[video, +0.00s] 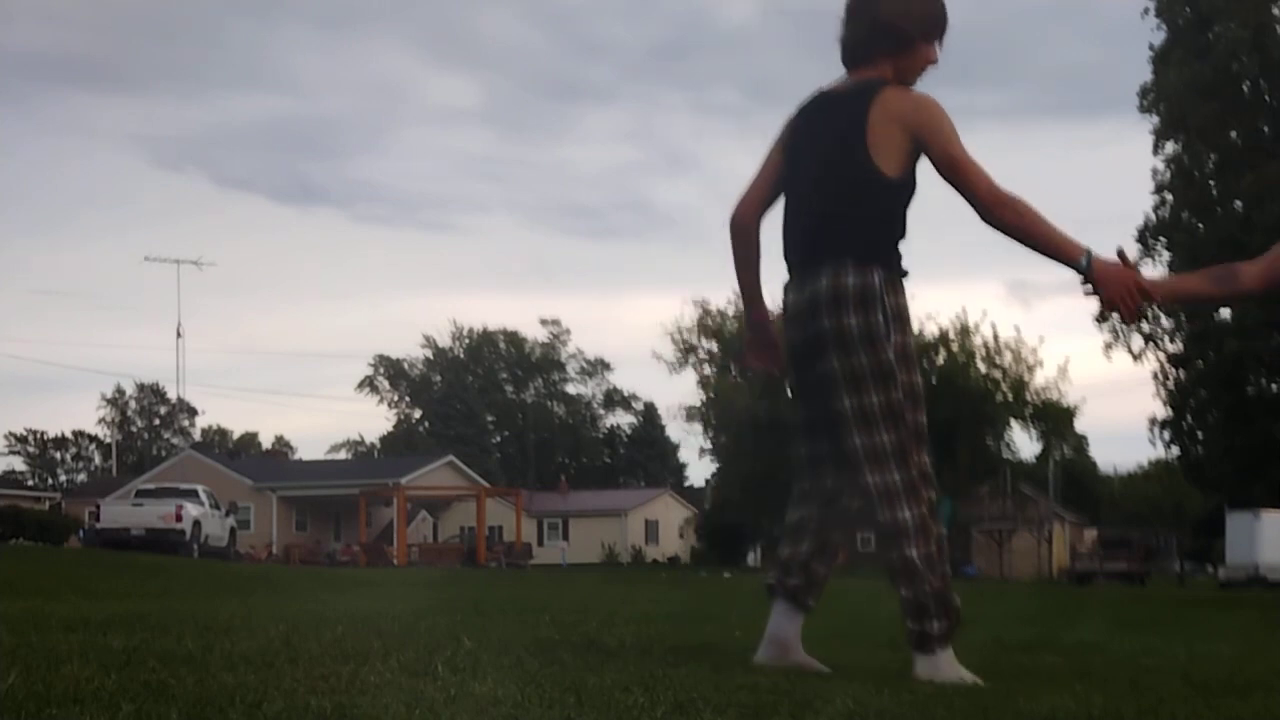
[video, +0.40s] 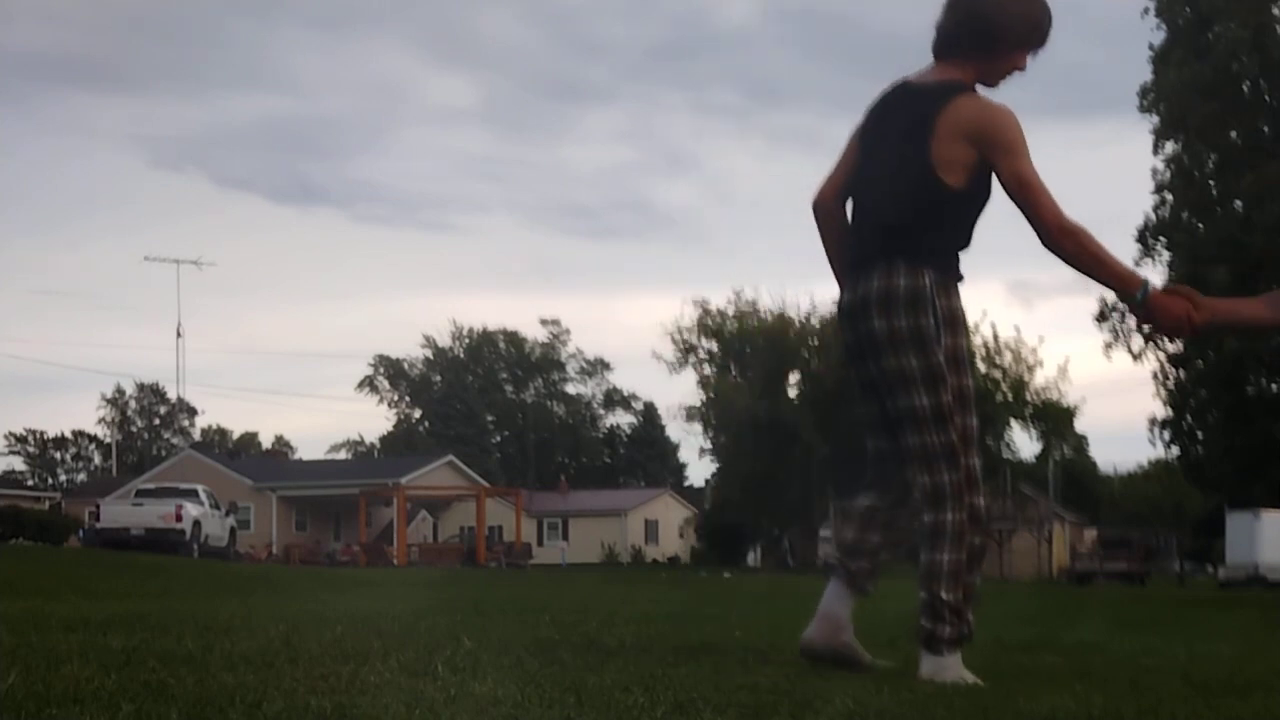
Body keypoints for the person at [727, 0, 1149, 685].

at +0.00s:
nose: (933, 59)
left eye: (934, 47)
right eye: (931, 46)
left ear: (858, 45)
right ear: (909, 44)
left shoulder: (808, 114)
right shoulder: (911, 108)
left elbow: (744, 217)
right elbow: (993, 204)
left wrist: (756, 314)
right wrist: (1090, 262)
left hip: (803, 301)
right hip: (863, 295)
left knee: (825, 469)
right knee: (902, 468)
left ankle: (782, 633)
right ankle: (932, 651)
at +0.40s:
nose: (1023, 64)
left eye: (1028, 52)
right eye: (1025, 51)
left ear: (952, 33)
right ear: (1003, 48)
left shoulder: (891, 102)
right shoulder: (987, 117)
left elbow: (827, 202)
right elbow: (1054, 228)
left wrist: (856, 284)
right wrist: (1141, 293)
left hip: (862, 291)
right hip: (917, 291)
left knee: (896, 462)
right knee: (953, 472)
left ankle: (831, 618)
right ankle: (942, 655)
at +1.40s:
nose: (979, 76)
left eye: (981, 65)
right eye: (973, 63)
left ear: (941, 65)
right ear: (941, 60)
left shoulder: (922, 138)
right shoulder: (897, 123)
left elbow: (897, 252)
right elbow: (843, 218)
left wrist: (934, 328)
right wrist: (840, 322)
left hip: (907, 314)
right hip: (884, 310)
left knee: (898, 477)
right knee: (887, 475)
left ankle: (873, 634)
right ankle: (860, 639)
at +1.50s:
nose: (980, 75)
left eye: (982, 64)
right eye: (973, 62)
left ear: (942, 64)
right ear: (940, 58)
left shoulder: (922, 139)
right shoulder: (894, 121)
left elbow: (897, 252)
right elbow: (839, 214)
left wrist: (932, 330)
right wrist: (841, 315)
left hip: (908, 316)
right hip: (882, 311)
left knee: (897, 478)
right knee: (884, 476)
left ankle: (875, 633)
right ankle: (861, 640)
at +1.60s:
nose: (982, 72)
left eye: (983, 62)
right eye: (975, 59)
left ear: (947, 64)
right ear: (941, 57)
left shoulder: (922, 139)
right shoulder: (893, 118)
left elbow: (900, 249)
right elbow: (836, 209)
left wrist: (933, 329)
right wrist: (850, 304)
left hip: (910, 316)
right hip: (883, 312)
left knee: (899, 479)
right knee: (884, 476)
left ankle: (877, 634)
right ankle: (858, 641)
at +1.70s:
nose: (984, 70)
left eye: (986, 59)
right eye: (978, 56)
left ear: (949, 60)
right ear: (946, 55)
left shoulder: (925, 138)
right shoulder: (892, 115)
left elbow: (906, 245)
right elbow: (838, 206)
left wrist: (934, 325)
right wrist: (868, 292)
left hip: (910, 319)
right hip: (880, 314)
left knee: (902, 480)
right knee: (879, 477)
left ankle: (877, 634)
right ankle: (858, 642)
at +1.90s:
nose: (991, 67)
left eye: (994, 57)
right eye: (986, 53)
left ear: (956, 56)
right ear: (953, 51)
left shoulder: (930, 134)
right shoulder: (899, 110)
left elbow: (914, 244)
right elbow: (848, 202)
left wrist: (939, 323)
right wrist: (892, 280)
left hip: (911, 312)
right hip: (881, 305)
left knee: (905, 473)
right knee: (882, 470)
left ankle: (879, 634)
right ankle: (857, 642)